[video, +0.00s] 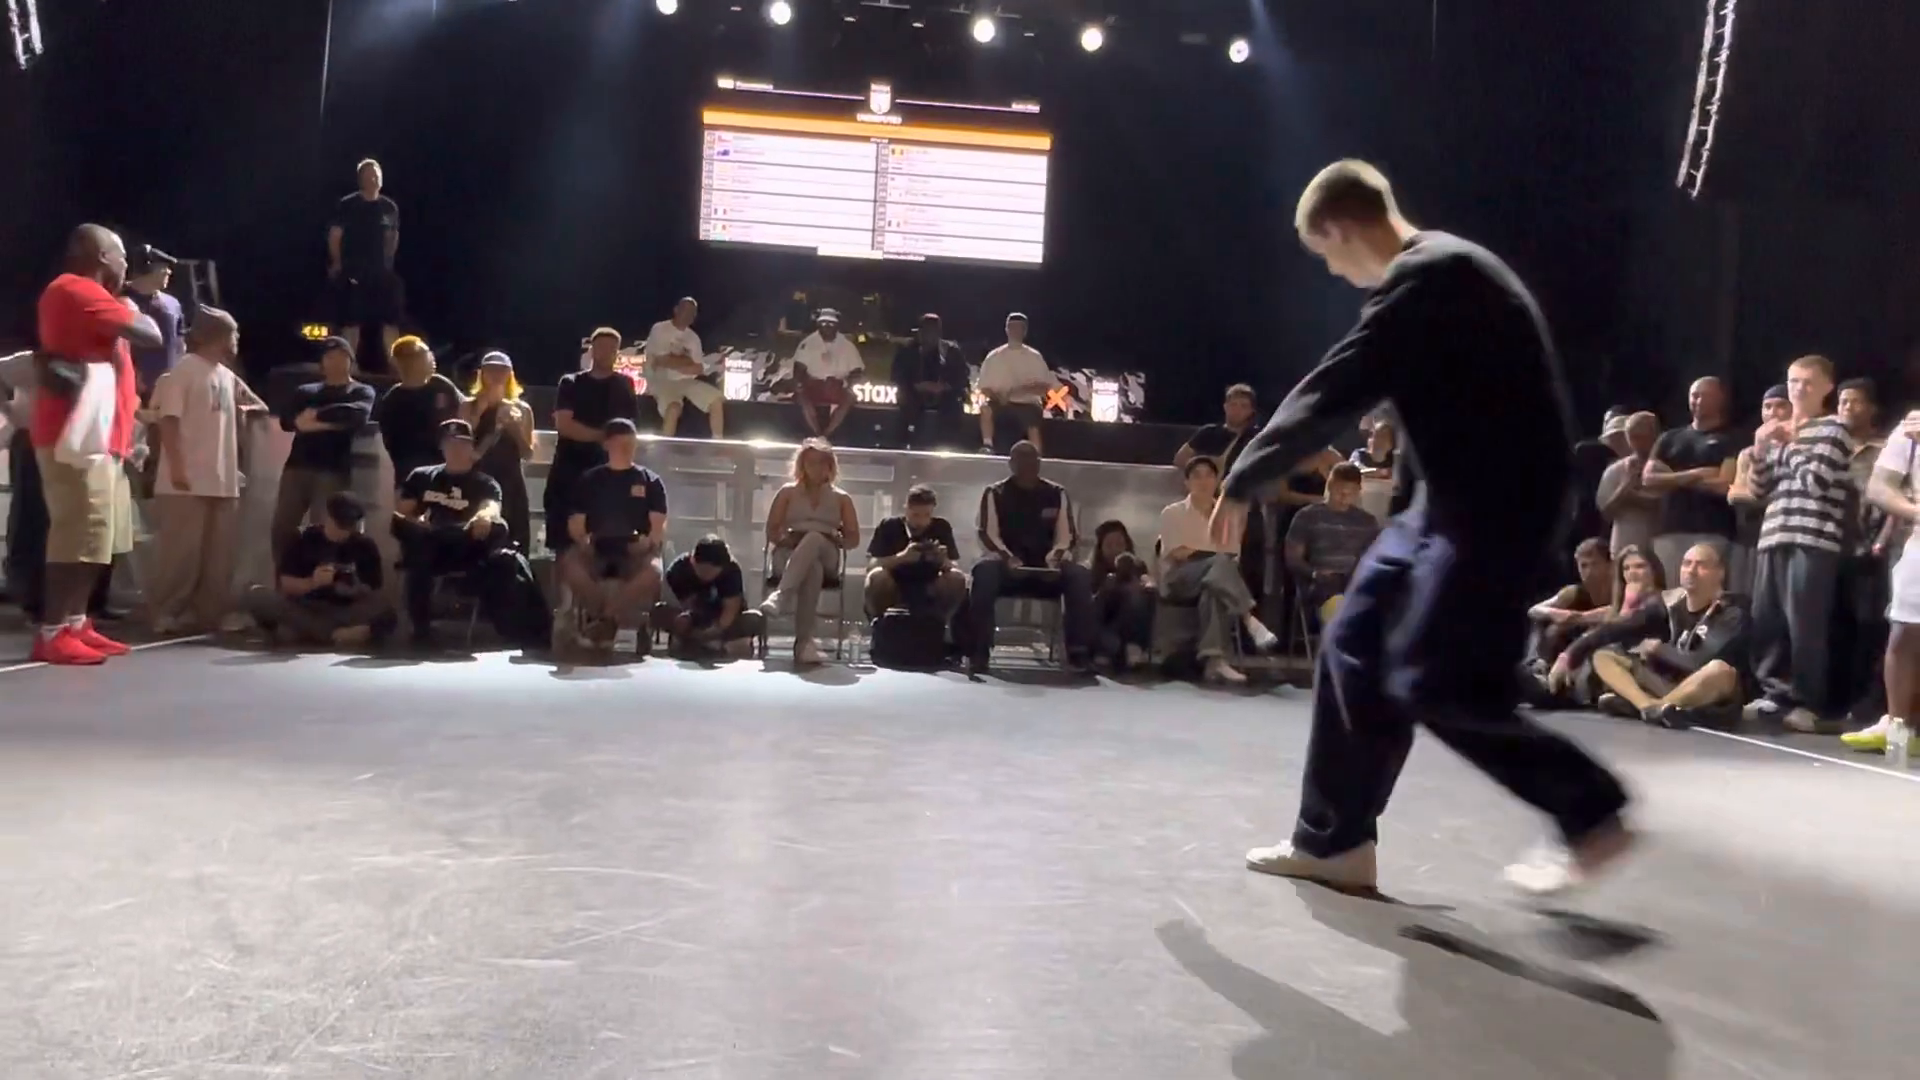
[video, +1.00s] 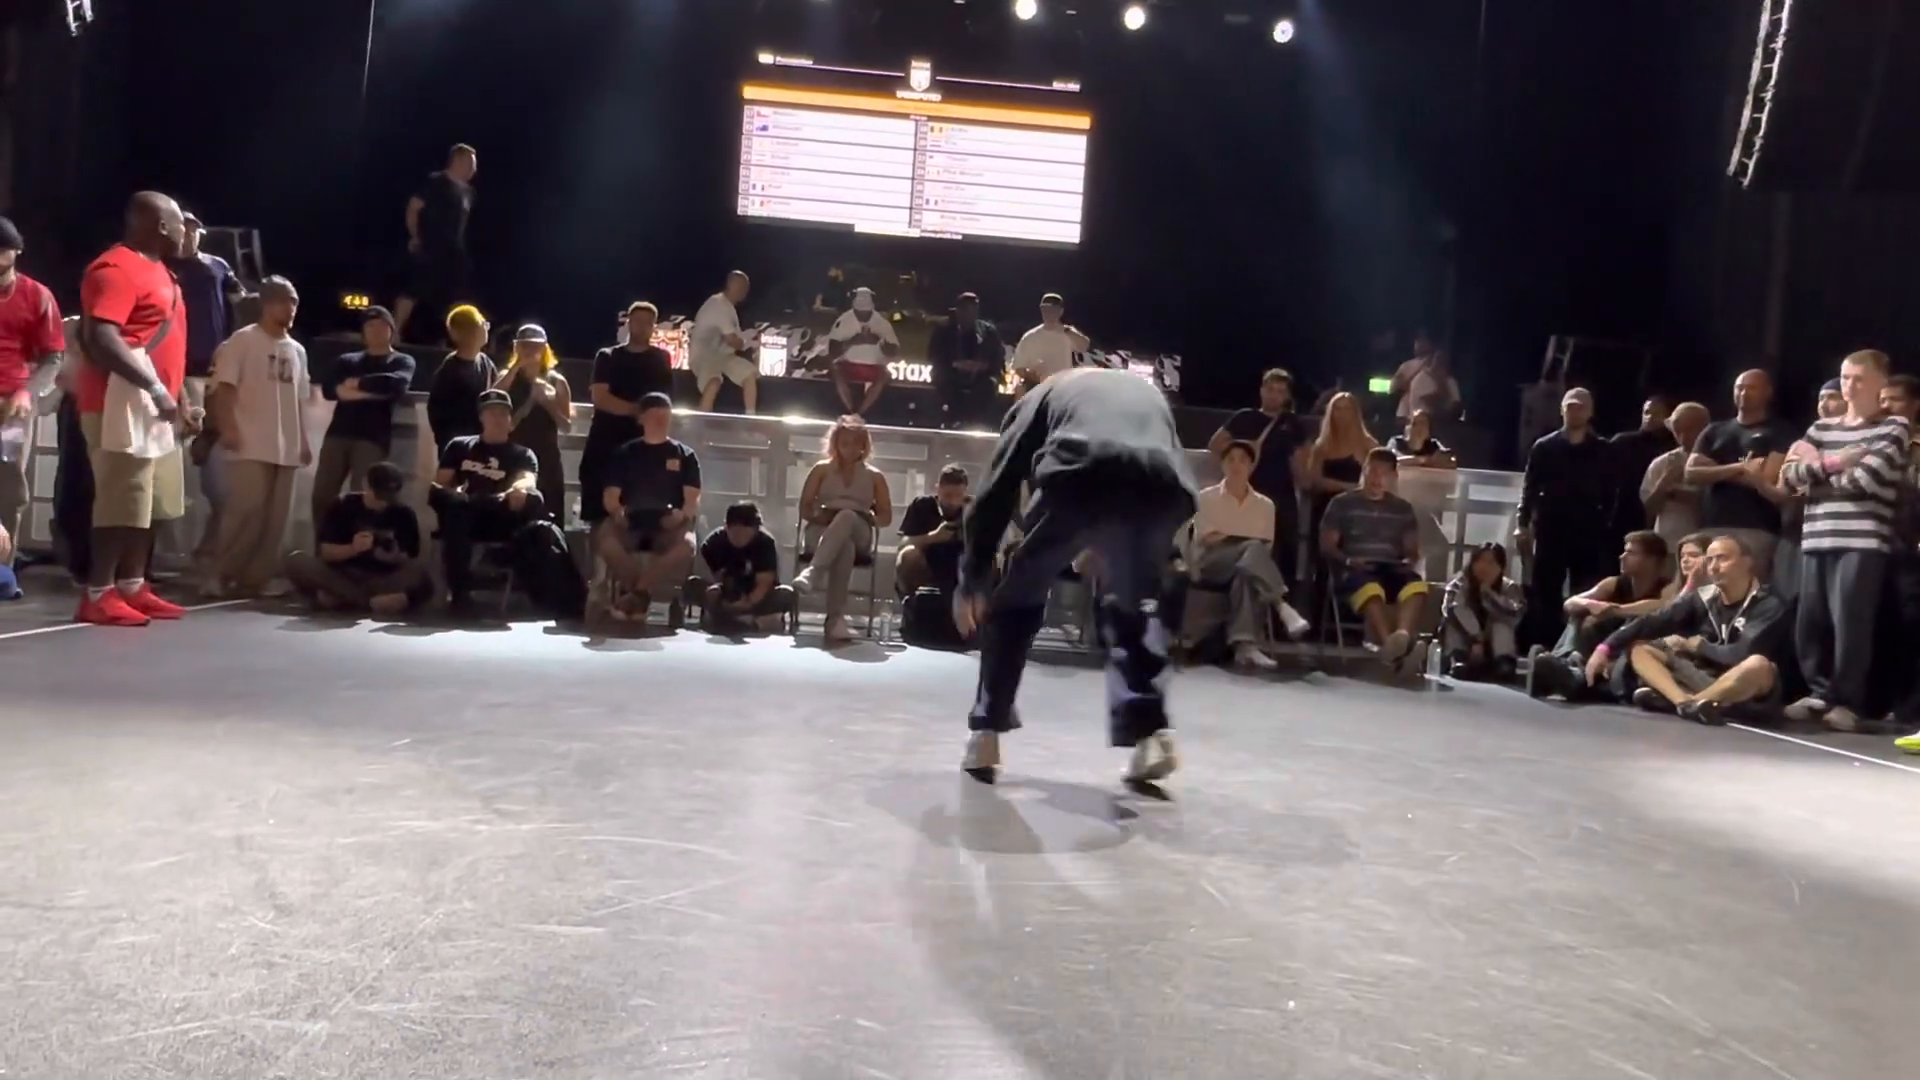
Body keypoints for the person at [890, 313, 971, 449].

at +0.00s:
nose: (930, 337)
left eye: (934, 332)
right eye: (926, 332)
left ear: (940, 333)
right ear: (920, 332)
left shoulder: (951, 350)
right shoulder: (908, 350)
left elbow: (962, 379)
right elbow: (898, 377)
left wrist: (942, 387)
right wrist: (919, 387)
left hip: (944, 398)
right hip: (916, 399)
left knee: (954, 402)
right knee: (904, 398)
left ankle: (951, 442)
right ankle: (902, 442)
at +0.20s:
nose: (941, 330)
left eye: (944, 325)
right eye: (937, 325)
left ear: (950, 325)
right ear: (931, 325)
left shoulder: (962, 344)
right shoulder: (918, 344)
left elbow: (972, 374)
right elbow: (907, 370)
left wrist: (954, 380)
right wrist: (928, 379)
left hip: (955, 391)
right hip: (927, 391)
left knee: (964, 397)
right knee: (918, 391)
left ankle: (960, 436)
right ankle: (915, 432)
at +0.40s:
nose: (949, 322)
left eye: (953, 318)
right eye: (945, 318)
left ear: (959, 318)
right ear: (939, 318)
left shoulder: (971, 337)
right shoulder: (928, 338)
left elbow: (982, 365)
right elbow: (917, 363)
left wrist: (963, 371)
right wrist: (938, 371)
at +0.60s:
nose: (958, 319)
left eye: (962, 314)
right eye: (954, 314)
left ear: (967, 315)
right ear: (947, 315)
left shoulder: (979, 333)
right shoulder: (935, 333)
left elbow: (989, 363)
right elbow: (926, 361)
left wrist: (971, 369)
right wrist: (947, 368)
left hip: (971, 383)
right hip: (945, 384)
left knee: (981, 385)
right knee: (933, 379)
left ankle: (970, 422)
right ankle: (947, 420)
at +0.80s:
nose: (964, 315)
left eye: (967, 311)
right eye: (959, 311)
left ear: (972, 312)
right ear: (952, 312)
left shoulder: (984, 330)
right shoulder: (940, 330)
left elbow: (994, 360)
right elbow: (931, 358)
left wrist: (976, 367)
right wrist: (952, 366)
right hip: (949, 386)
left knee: (986, 385)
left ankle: (977, 423)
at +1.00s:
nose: (969, 315)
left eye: (973, 310)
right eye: (965, 310)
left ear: (977, 312)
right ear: (957, 311)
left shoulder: (988, 331)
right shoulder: (945, 330)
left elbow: (998, 360)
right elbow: (934, 356)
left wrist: (981, 366)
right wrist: (955, 364)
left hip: (980, 378)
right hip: (954, 378)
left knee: (990, 383)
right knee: (939, 375)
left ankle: (982, 420)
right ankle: (952, 418)